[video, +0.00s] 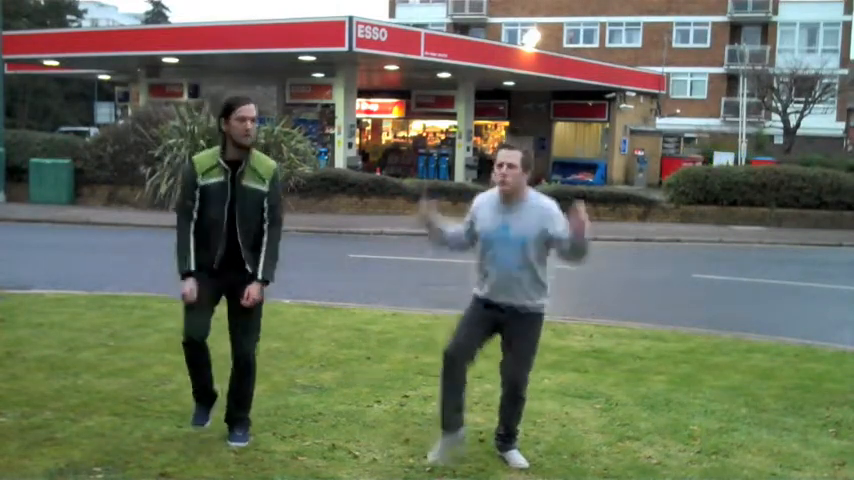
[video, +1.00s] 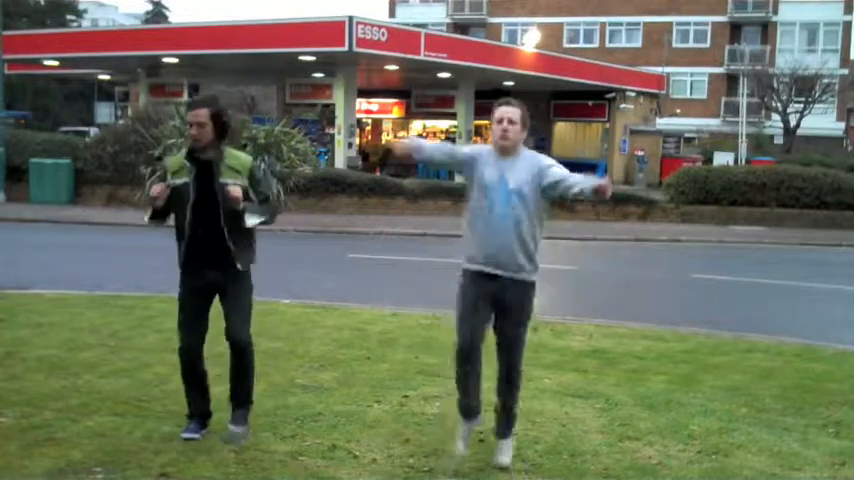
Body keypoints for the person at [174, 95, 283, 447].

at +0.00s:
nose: (250, 127)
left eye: (253, 121)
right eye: (242, 120)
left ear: (257, 126)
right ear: (224, 124)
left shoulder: (269, 171)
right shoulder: (199, 166)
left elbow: (273, 228)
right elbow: (185, 221)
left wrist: (261, 279)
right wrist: (187, 274)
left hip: (247, 274)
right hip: (205, 272)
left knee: (244, 353)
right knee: (193, 337)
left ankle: (239, 421)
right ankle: (204, 400)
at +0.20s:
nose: (242, 120)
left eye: (249, 115)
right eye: (236, 113)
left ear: (259, 120)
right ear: (224, 114)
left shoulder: (273, 160)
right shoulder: (203, 151)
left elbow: (279, 213)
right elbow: (186, 205)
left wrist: (257, 252)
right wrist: (195, 253)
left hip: (247, 264)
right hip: (208, 263)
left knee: (244, 347)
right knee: (204, 341)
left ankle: (240, 420)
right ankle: (200, 416)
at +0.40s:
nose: (233, 121)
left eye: (240, 116)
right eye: (228, 114)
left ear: (254, 121)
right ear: (219, 116)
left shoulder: (272, 160)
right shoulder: (201, 153)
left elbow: (283, 209)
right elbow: (180, 198)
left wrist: (266, 221)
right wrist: (190, 221)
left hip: (248, 264)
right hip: (207, 262)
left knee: (249, 345)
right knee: (200, 339)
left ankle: (245, 420)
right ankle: (190, 414)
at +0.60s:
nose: (223, 131)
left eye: (231, 126)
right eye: (219, 124)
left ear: (247, 130)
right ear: (214, 126)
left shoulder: (267, 171)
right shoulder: (197, 164)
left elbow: (278, 219)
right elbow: (178, 212)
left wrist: (260, 220)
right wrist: (189, 219)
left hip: (244, 273)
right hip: (204, 271)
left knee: (241, 350)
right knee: (193, 343)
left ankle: (242, 424)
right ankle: (177, 417)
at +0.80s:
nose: (209, 122)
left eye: (216, 116)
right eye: (205, 116)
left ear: (232, 119)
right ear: (200, 118)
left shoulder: (254, 151)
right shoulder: (188, 151)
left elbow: (278, 193)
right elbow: (171, 201)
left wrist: (258, 190)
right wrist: (172, 188)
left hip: (237, 262)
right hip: (198, 260)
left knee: (241, 345)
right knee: (192, 340)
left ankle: (242, 420)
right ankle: (195, 415)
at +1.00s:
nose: (192, 132)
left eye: (199, 126)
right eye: (189, 125)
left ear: (218, 128)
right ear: (186, 127)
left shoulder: (244, 165)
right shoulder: (175, 165)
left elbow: (270, 207)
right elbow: (162, 217)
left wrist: (245, 199)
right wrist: (159, 203)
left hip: (234, 268)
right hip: (193, 269)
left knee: (239, 338)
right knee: (189, 347)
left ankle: (240, 414)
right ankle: (198, 417)